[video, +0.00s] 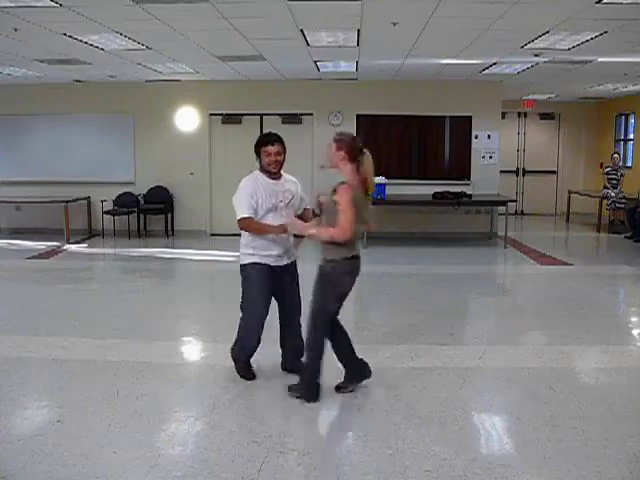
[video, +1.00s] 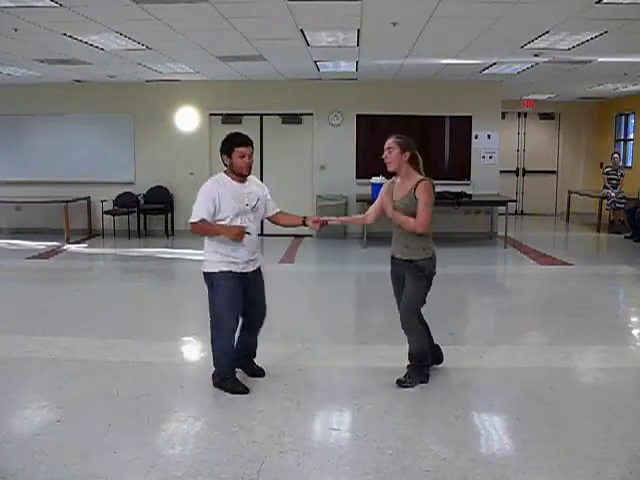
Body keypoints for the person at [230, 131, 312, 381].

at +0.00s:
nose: (274, 159)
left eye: (278, 154)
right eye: (268, 154)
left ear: (284, 155)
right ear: (259, 156)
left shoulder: (292, 183)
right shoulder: (249, 184)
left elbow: (302, 213)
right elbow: (244, 222)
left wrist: (311, 217)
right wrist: (273, 230)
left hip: (285, 260)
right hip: (256, 261)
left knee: (291, 313)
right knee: (255, 313)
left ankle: (292, 359)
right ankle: (241, 356)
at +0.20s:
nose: (263, 161)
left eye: (266, 156)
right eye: (257, 156)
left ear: (270, 156)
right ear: (245, 158)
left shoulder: (275, 184)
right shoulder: (234, 184)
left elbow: (290, 215)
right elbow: (222, 221)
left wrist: (301, 198)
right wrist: (253, 213)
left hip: (271, 262)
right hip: (241, 263)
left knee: (283, 315)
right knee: (239, 319)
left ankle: (291, 361)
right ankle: (229, 370)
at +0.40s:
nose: (248, 162)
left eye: (250, 156)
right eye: (241, 157)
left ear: (254, 156)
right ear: (229, 159)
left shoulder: (262, 184)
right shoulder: (218, 183)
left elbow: (276, 216)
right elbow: (198, 210)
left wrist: (294, 218)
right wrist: (220, 192)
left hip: (256, 262)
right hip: (225, 263)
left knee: (268, 315)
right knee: (228, 321)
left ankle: (280, 359)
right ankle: (228, 371)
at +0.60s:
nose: (244, 160)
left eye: (246, 155)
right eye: (237, 156)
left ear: (250, 155)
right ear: (224, 158)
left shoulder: (260, 185)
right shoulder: (211, 183)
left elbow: (281, 214)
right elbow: (186, 212)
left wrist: (310, 215)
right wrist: (210, 193)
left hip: (250, 263)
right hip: (219, 263)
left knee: (253, 314)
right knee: (224, 316)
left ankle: (246, 359)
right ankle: (227, 369)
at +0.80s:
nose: (246, 160)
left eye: (249, 155)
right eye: (239, 156)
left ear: (252, 156)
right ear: (226, 158)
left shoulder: (260, 187)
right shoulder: (211, 185)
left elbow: (282, 215)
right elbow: (187, 218)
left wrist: (312, 219)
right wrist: (206, 209)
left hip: (248, 264)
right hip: (219, 264)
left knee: (243, 317)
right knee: (230, 317)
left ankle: (242, 361)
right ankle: (224, 369)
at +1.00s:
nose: (248, 160)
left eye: (250, 155)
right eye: (242, 156)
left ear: (252, 157)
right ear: (226, 158)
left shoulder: (257, 187)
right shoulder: (212, 187)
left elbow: (275, 216)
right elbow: (197, 225)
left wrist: (306, 220)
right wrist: (225, 231)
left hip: (250, 266)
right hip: (221, 268)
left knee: (256, 314)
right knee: (225, 321)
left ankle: (244, 358)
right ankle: (223, 375)